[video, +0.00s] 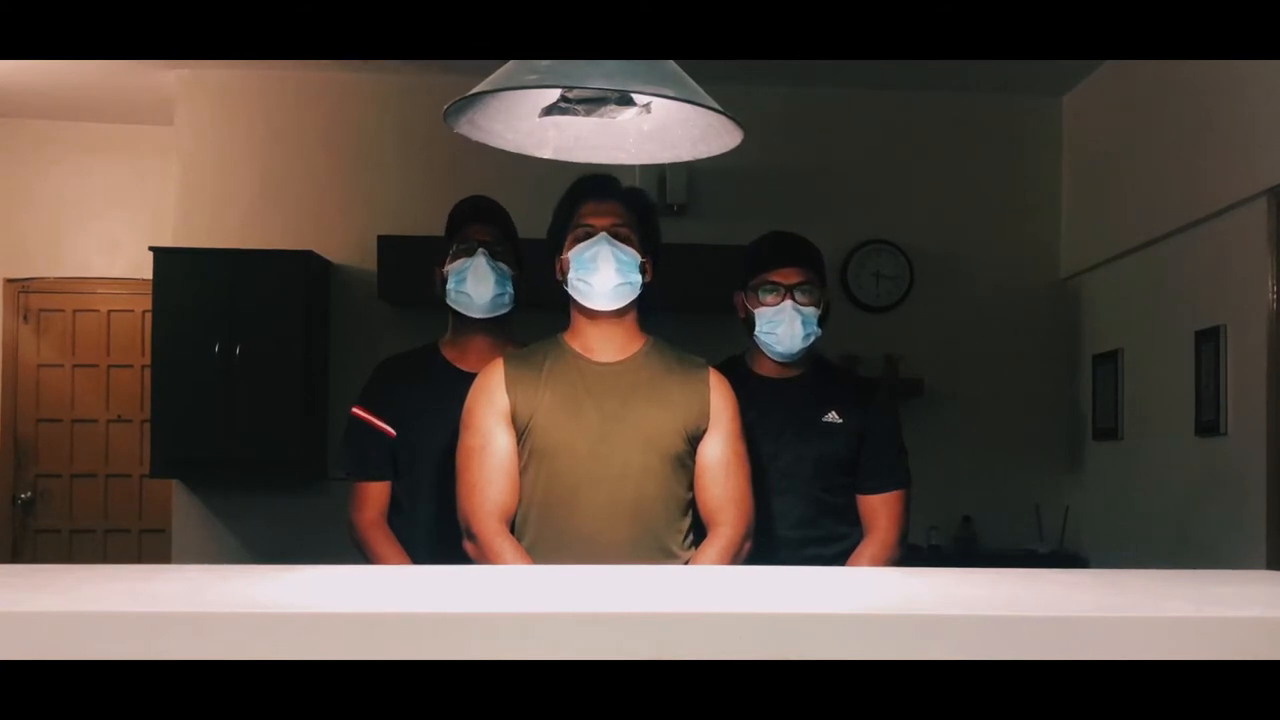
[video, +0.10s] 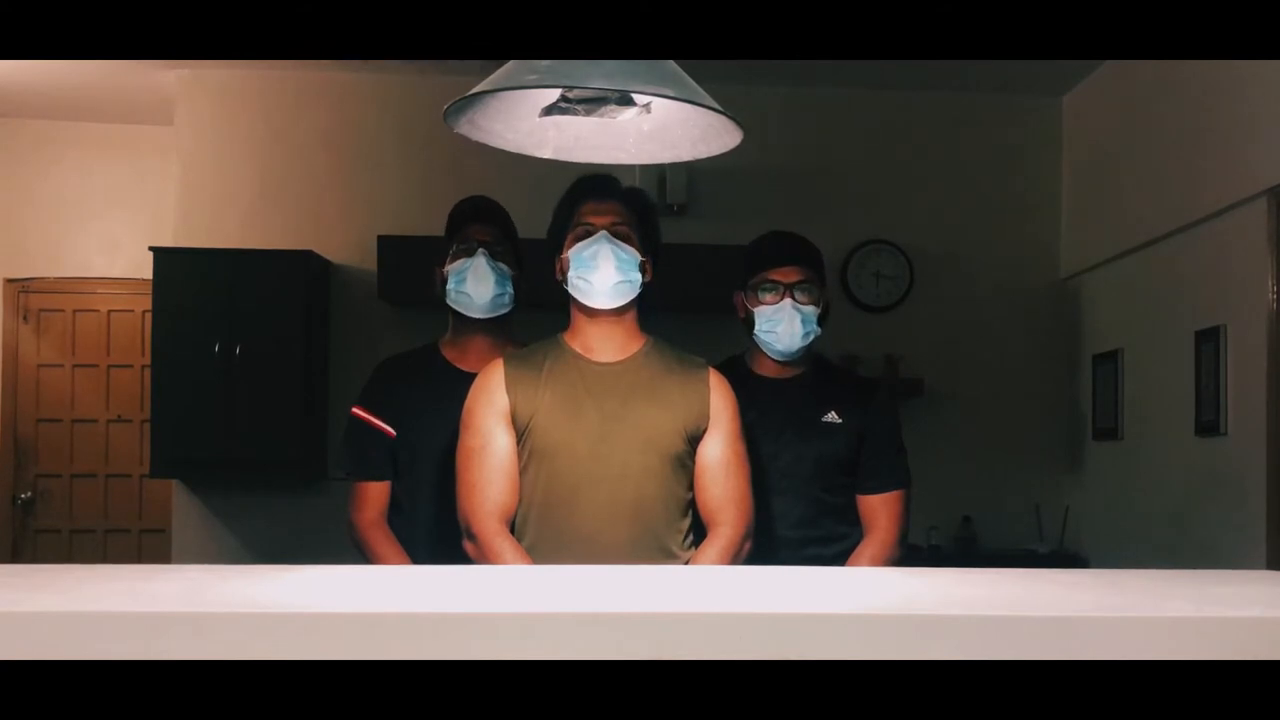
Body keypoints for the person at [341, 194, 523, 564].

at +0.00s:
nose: (480, 263)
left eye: (496, 252)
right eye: (464, 251)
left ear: (515, 270)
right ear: (442, 270)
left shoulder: (542, 380)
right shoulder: (397, 379)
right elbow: (368, 519)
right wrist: (421, 598)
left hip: (518, 594)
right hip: (426, 592)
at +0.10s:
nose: (480, 264)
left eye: (496, 253)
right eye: (464, 251)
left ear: (515, 270)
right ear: (442, 270)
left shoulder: (542, 381)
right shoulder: (397, 379)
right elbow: (368, 520)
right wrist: (421, 599)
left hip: (518, 594)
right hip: (426, 592)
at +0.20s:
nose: (481, 264)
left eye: (497, 253)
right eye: (466, 251)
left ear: (515, 270)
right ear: (442, 270)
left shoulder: (541, 381)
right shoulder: (397, 380)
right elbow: (368, 519)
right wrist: (421, 598)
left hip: (518, 594)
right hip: (426, 592)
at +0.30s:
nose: (481, 263)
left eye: (497, 252)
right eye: (466, 250)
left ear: (515, 270)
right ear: (442, 271)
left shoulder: (541, 381)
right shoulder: (397, 380)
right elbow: (368, 520)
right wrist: (421, 598)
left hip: (518, 593)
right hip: (426, 592)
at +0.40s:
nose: (482, 263)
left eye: (498, 253)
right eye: (467, 251)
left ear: (516, 270)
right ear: (443, 271)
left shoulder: (542, 381)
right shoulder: (397, 380)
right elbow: (368, 519)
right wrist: (421, 598)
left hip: (518, 593)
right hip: (426, 592)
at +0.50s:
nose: (482, 263)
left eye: (498, 253)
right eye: (468, 251)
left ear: (516, 270)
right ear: (444, 271)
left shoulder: (542, 382)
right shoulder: (397, 380)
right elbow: (368, 519)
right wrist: (422, 598)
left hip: (518, 594)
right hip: (427, 592)